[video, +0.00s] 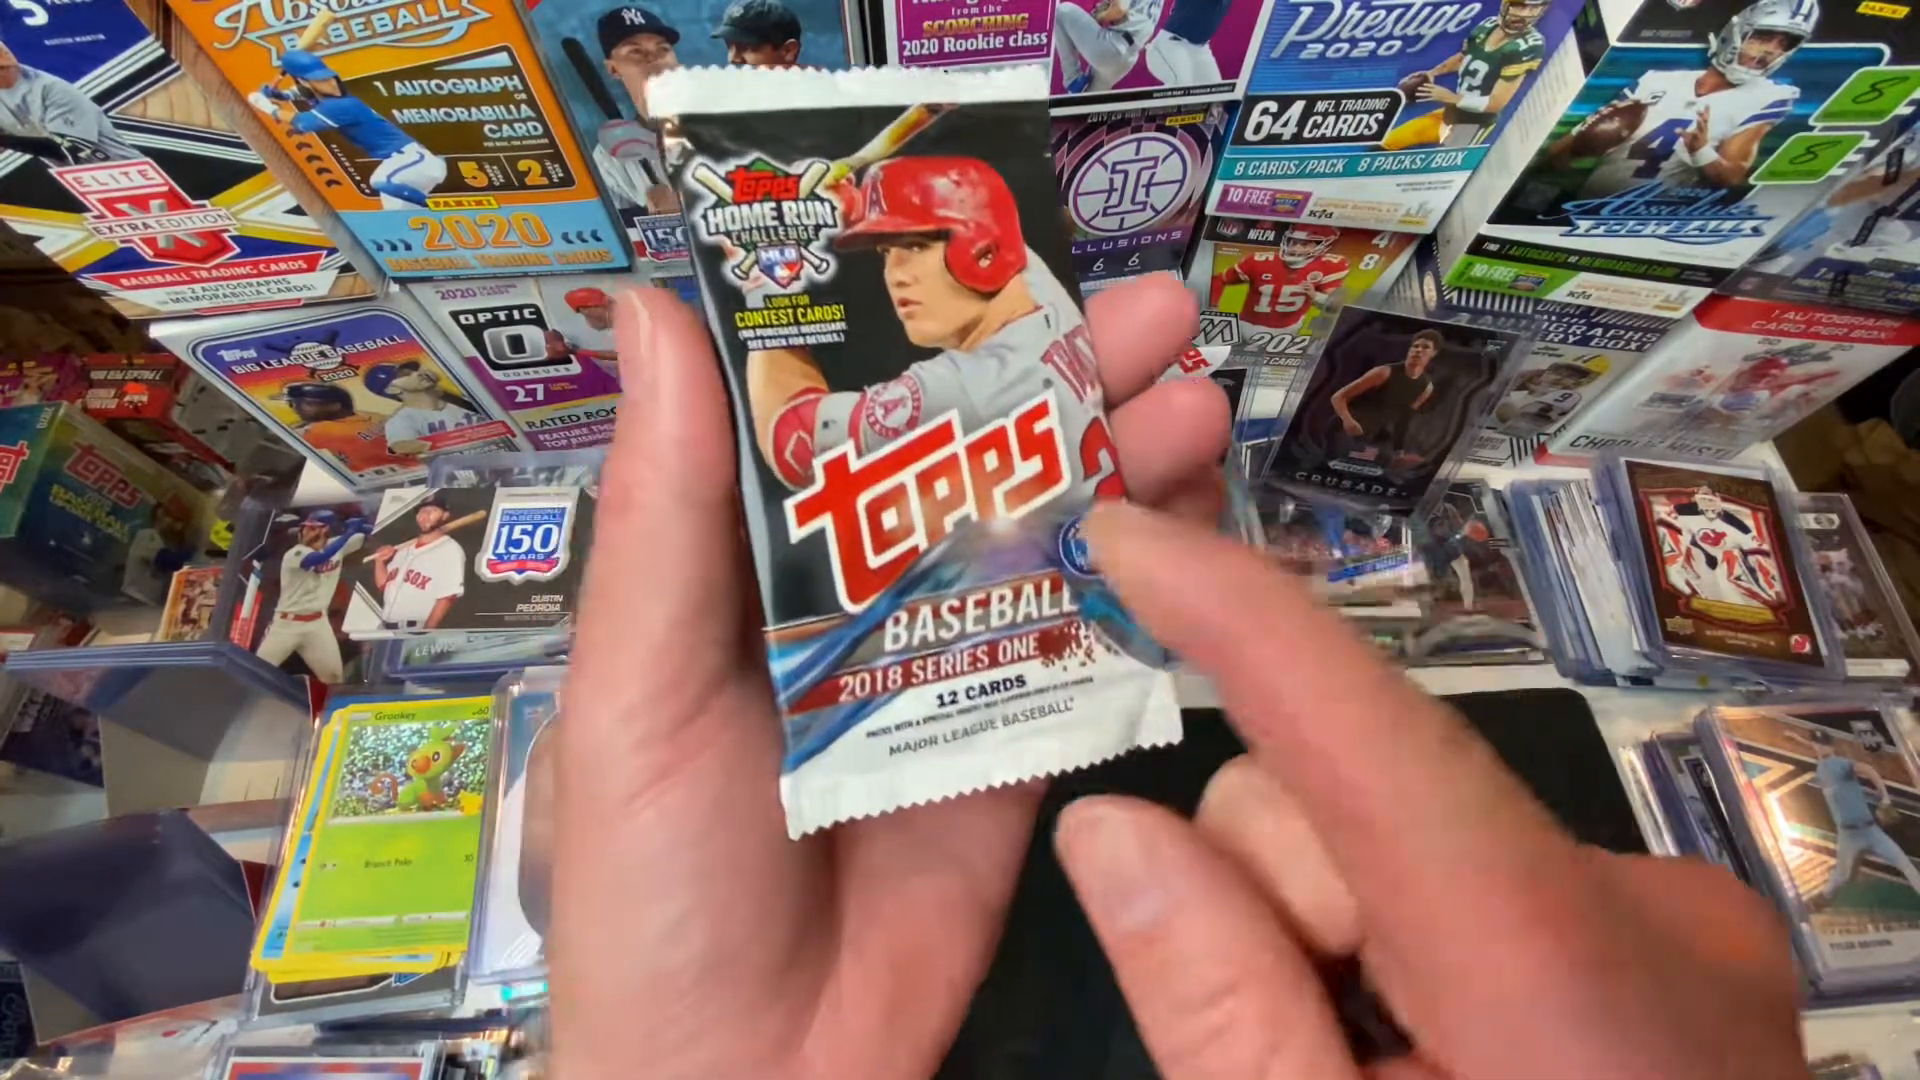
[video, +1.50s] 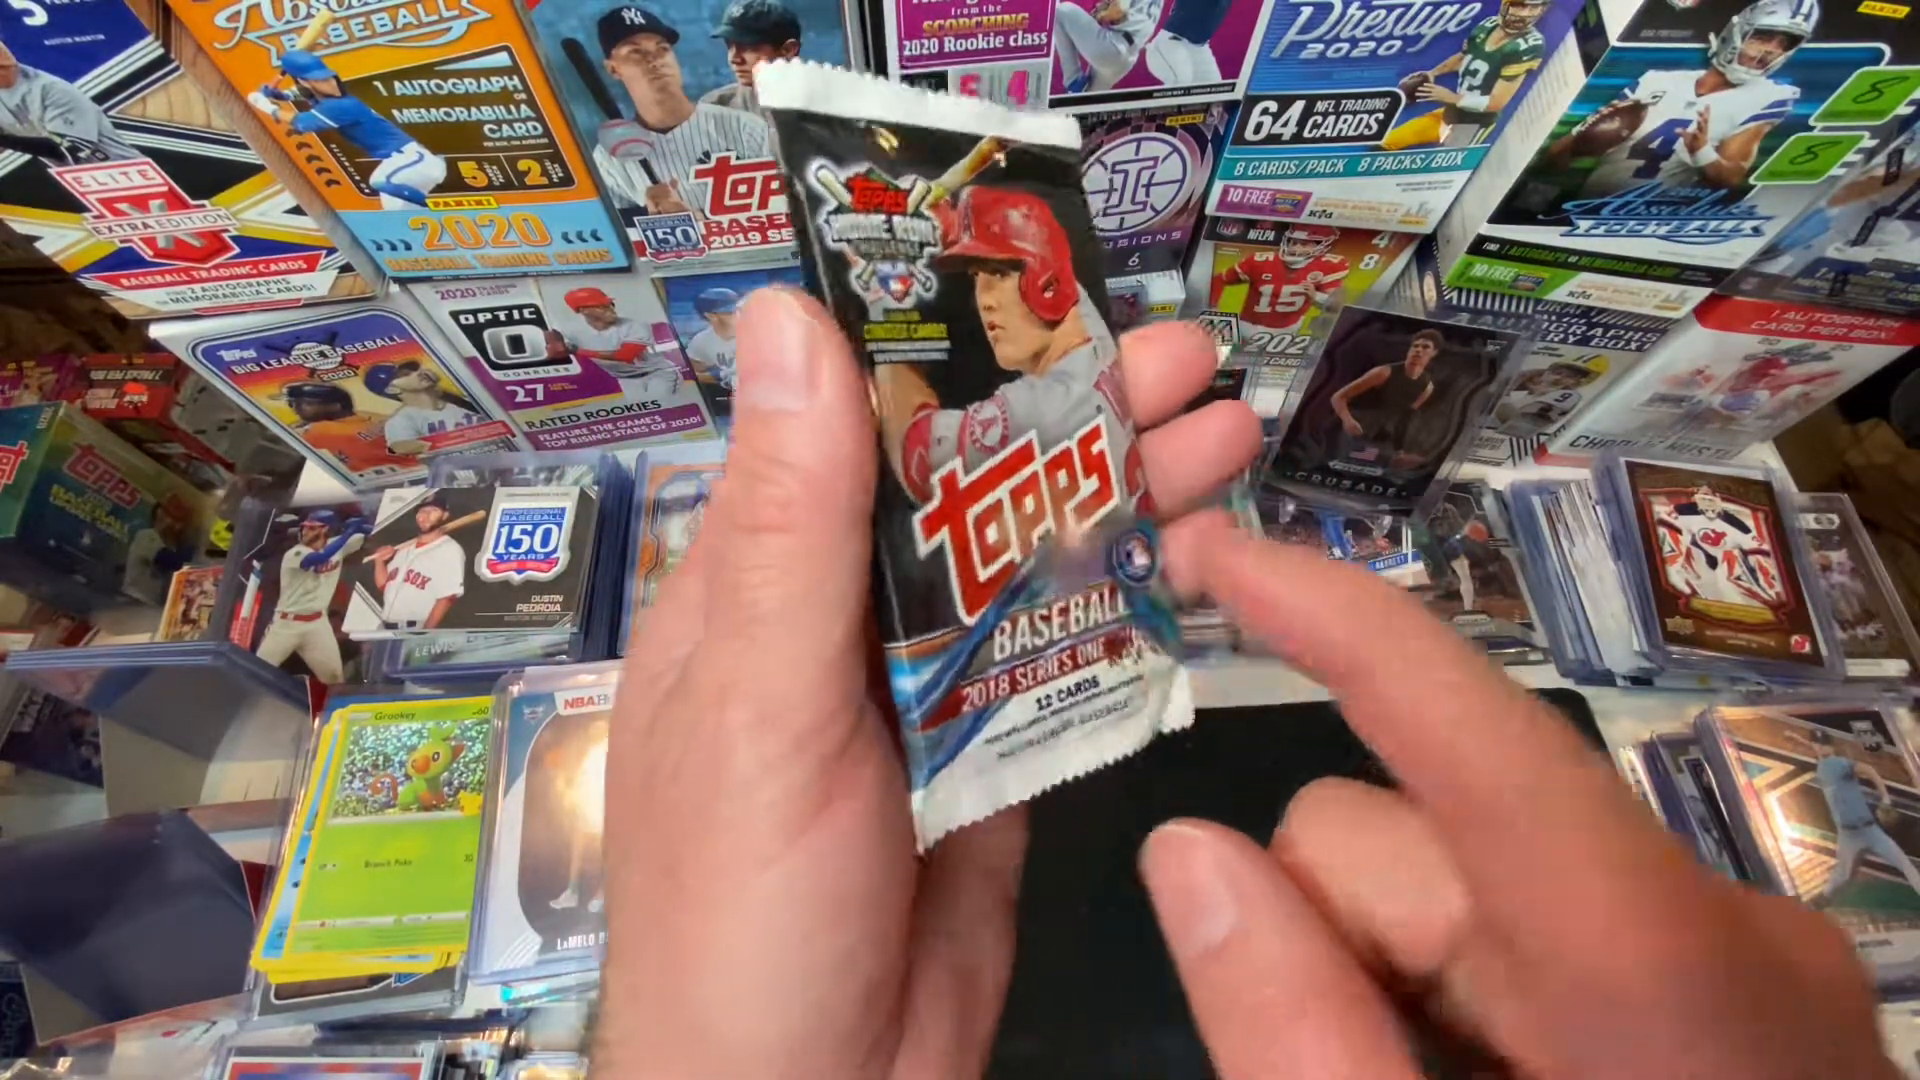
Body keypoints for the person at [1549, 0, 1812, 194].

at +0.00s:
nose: (1770, 51)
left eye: (1783, 45)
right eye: (1764, 37)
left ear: (1788, 56)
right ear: (1737, 34)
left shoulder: (1764, 100)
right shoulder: (1658, 82)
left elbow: (1736, 177)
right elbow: (1557, 156)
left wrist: (1702, 153)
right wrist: (1581, 139)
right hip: (1593, 204)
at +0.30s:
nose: (1771, 51)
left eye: (1783, 45)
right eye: (1764, 37)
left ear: (1789, 56)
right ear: (1737, 33)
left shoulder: (1763, 100)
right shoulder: (1658, 82)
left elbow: (1736, 176)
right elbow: (1557, 156)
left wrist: (1702, 154)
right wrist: (1582, 139)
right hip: (1593, 205)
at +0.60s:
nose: (1770, 51)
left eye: (1783, 44)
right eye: (1763, 37)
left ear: (1789, 55)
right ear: (1737, 33)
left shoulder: (1761, 100)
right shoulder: (1658, 82)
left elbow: (1735, 176)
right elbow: (1556, 155)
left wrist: (1703, 153)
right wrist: (1585, 137)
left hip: (1660, 223)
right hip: (1594, 204)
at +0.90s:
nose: (1769, 51)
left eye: (1783, 45)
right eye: (1763, 37)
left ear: (1789, 56)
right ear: (1737, 33)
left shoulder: (1761, 101)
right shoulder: (1659, 83)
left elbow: (1735, 176)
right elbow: (1555, 157)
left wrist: (1702, 153)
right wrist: (1582, 139)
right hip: (1594, 204)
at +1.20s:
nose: (1769, 51)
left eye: (1782, 45)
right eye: (1763, 37)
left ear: (1788, 56)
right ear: (1737, 33)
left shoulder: (1762, 100)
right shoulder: (1657, 83)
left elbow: (1734, 177)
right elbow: (1554, 156)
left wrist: (1702, 154)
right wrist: (1582, 139)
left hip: (1658, 226)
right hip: (1591, 207)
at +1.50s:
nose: (1770, 51)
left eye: (1783, 45)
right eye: (1763, 37)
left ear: (1788, 56)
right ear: (1737, 33)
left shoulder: (1763, 100)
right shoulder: (1657, 83)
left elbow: (1735, 178)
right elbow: (1554, 156)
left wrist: (1702, 154)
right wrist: (1582, 138)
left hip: (1660, 226)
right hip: (1592, 207)